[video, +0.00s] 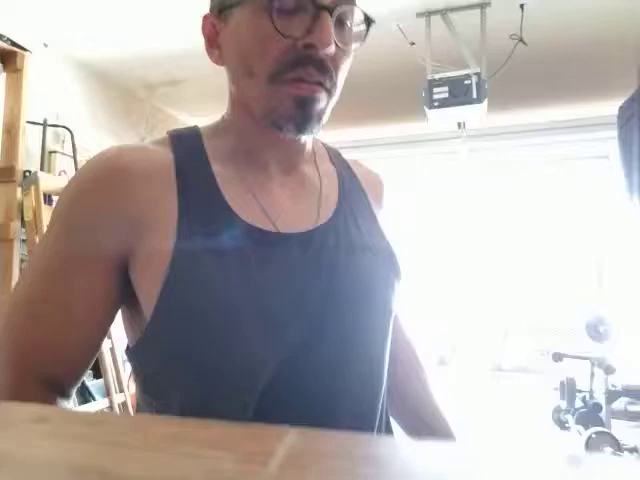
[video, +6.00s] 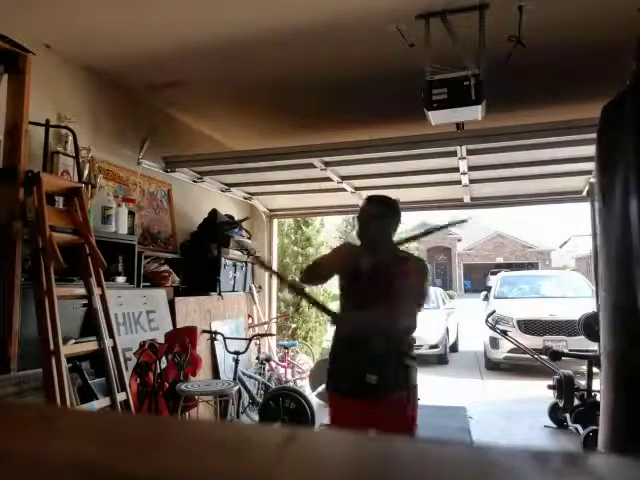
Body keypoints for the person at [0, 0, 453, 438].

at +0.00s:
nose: (323, 41)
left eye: (341, 19)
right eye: (289, 10)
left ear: (352, 45)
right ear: (215, 36)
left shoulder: (360, 189)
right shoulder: (126, 186)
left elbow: (380, 332)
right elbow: (22, 389)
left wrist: (451, 457)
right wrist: (131, 464)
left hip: (361, 472)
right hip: (201, 471)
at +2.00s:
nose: (346, 200)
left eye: (354, 194)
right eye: (337, 194)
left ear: (368, 207)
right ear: (325, 206)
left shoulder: (387, 255)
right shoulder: (304, 257)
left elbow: (404, 313)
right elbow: (289, 319)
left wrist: (426, 367)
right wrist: (290, 371)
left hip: (375, 391)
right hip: (319, 391)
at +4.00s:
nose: (375, 233)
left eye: (383, 227)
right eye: (372, 227)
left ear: (397, 231)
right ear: (367, 231)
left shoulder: (412, 265)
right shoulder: (367, 267)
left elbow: (408, 317)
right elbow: (346, 305)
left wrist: (360, 323)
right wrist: (343, 268)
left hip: (401, 370)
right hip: (369, 369)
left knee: (400, 443)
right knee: (367, 441)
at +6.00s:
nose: (361, 229)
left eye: (370, 222)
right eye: (360, 221)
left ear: (390, 225)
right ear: (358, 222)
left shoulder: (411, 266)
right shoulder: (349, 254)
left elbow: (404, 320)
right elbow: (308, 276)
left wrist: (351, 321)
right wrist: (340, 259)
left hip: (393, 379)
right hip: (348, 376)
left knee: (393, 462)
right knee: (346, 459)